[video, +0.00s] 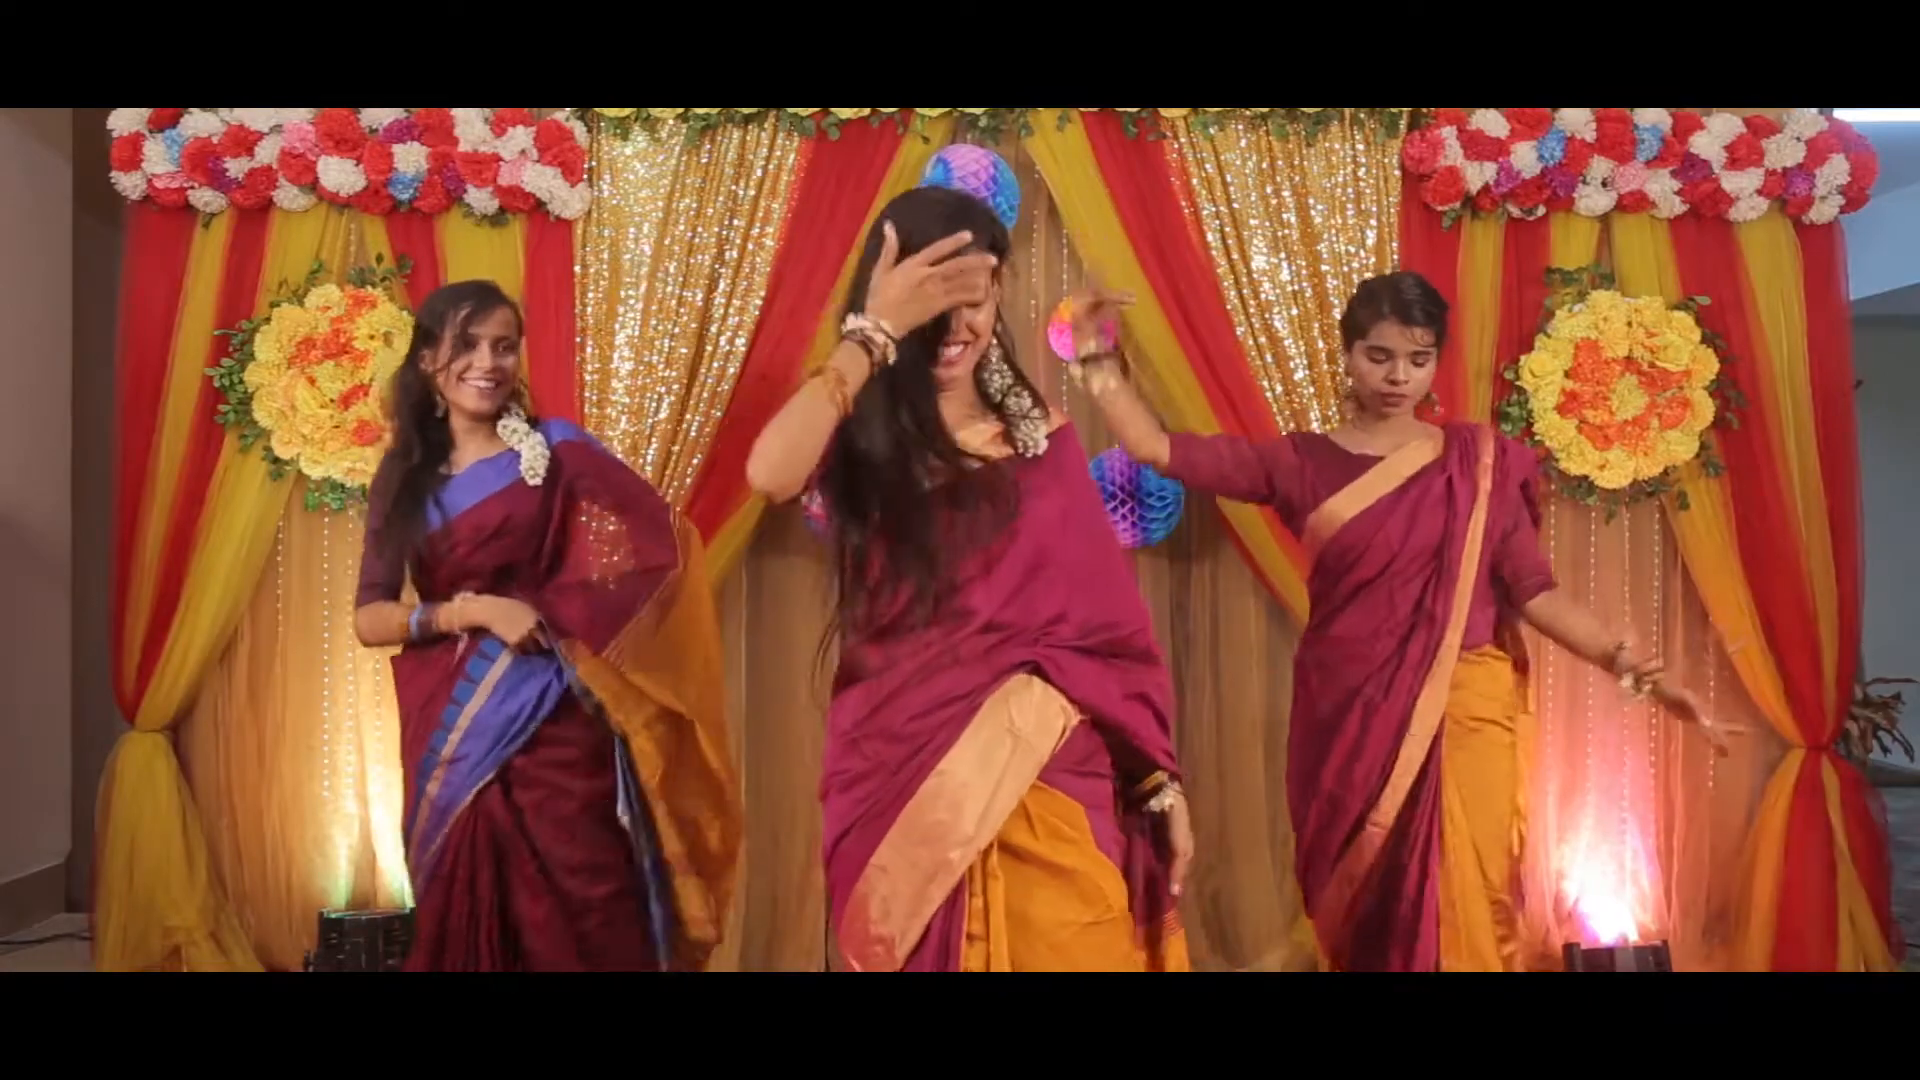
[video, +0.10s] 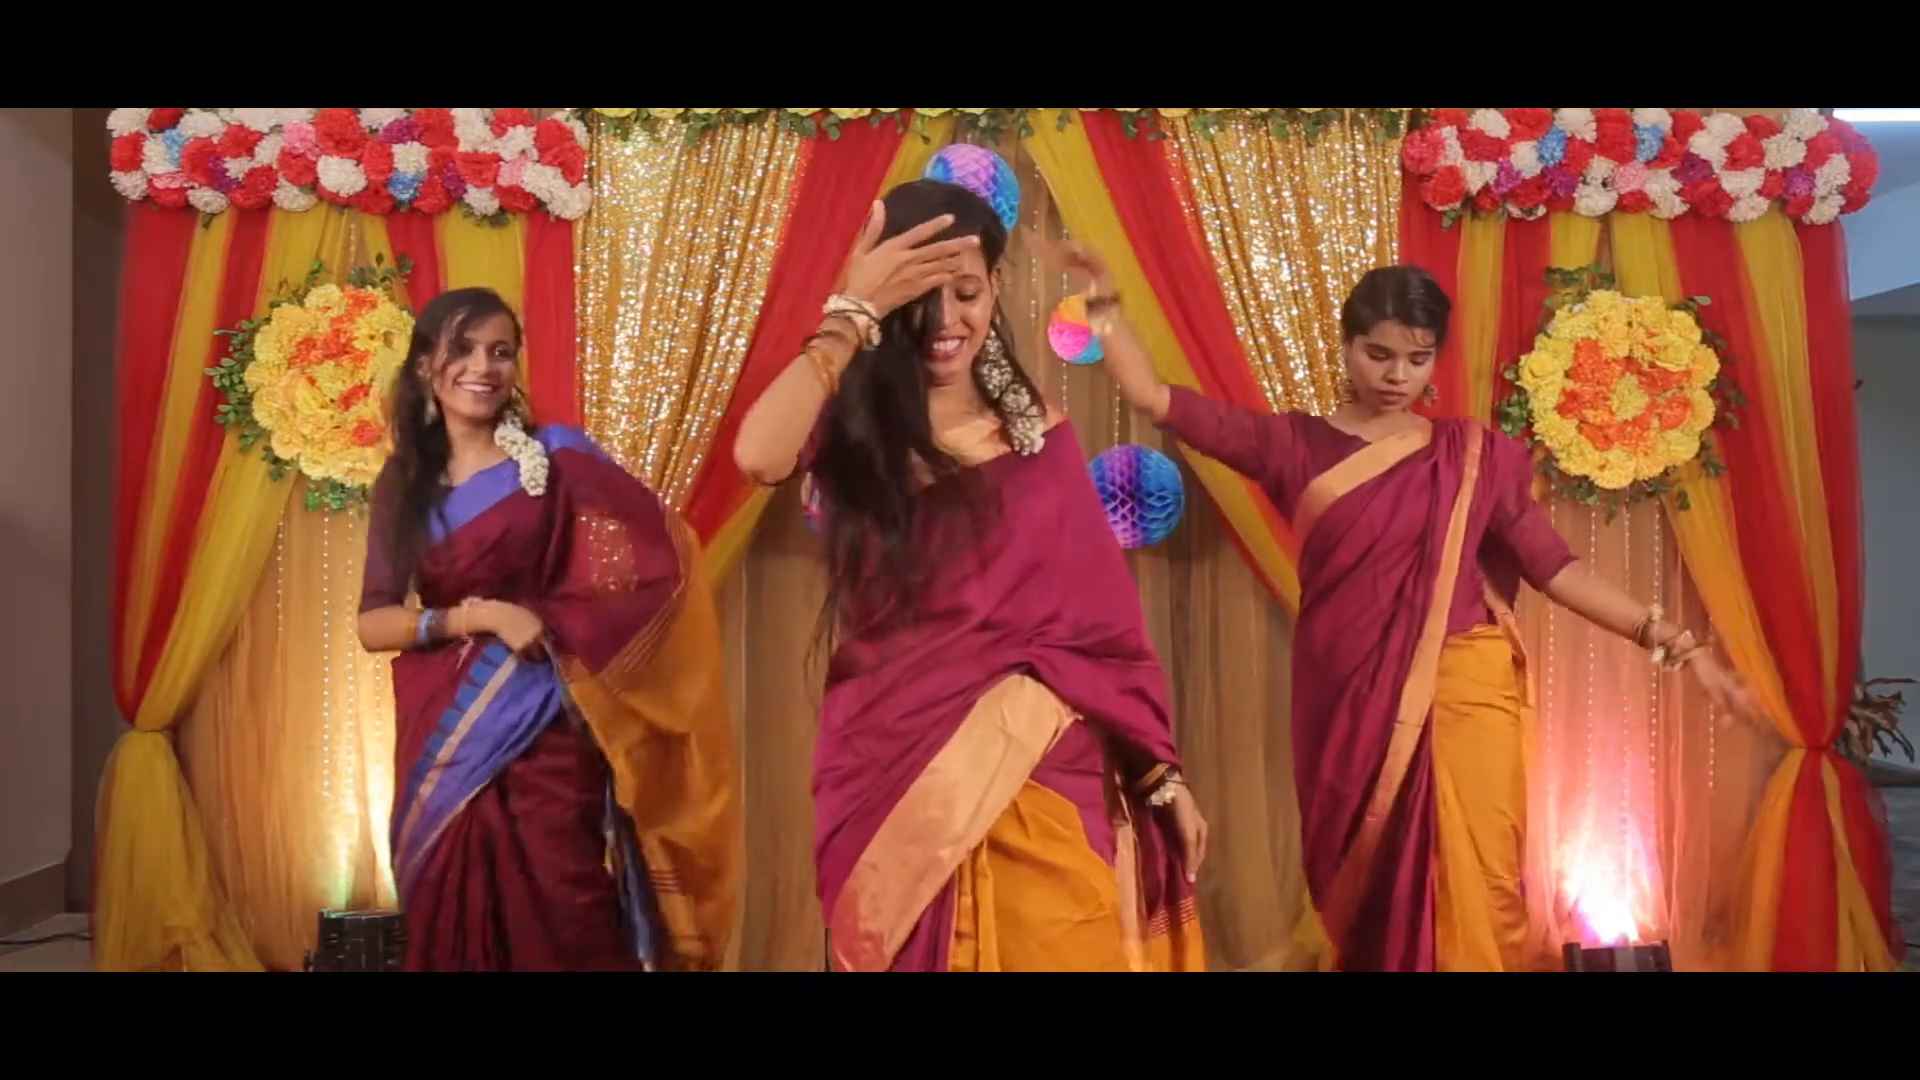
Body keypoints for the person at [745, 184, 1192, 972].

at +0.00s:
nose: (954, 324)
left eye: (973, 298)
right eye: (933, 301)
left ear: (997, 299)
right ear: (889, 307)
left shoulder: (1041, 429)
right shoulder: (863, 434)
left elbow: (1107, 614)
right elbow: (770, 472)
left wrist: (1155, 775)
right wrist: (876, 332)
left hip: (1059, 780)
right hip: (907, 789)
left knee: (1084, 956)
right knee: (914, 958)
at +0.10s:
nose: (944, 317)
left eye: (965, 291)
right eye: (921, 295)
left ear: (995, 294)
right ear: (880, 305)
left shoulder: (1037, 421)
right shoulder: (855, 428)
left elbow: (1101, 608)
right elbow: (758, 456)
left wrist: (1153, 767)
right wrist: (852, 309)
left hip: (1055, 782)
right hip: (900, 791)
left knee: (1077, 956)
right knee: (916, 959)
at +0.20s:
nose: (941, 321)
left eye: (963, 294)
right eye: (915, 298)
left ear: (994, 296)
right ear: (874, 308)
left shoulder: (1036, 417)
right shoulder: (850, 420)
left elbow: (1102, 605)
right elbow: (738, 458)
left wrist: (1155, 765)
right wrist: (837, 313)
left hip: (1046, 775)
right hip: (890, 781)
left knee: (1057, 952)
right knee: (904, 956)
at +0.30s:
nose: (938, 318)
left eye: (961, 293)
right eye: (912, 295)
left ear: (993, 292)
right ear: (874, 303)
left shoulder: (1040, 425)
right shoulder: (848, 418)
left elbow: (1105, 612)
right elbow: (725, 471)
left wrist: (1153, 771)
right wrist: (819, 328)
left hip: (1038, 782)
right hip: (882, 786)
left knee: (1045, 954)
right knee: (897, 959)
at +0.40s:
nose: (939, 307)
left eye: (960, 279)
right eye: (910, 285)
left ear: (991, 283)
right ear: (872, 300)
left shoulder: (1046, 421)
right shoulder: (844, 421)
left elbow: (1108, 613)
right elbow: (720, 497)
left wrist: (1152, 775)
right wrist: (795, 342)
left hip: (1036, 779)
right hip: (878, 782)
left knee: (1036, 955)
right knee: (886, 960)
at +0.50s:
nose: (939, 299)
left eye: (961, 278)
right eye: (911, 279)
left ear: (991, 302)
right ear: (871, 308)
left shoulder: (1048, 432)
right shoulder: (846, 442)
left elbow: (1119, 628)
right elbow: (703, 553)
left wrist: (1168, 791)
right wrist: (764, 380)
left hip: (1029, 788)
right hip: (870, 788)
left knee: (1023, 956)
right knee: (868, 959)